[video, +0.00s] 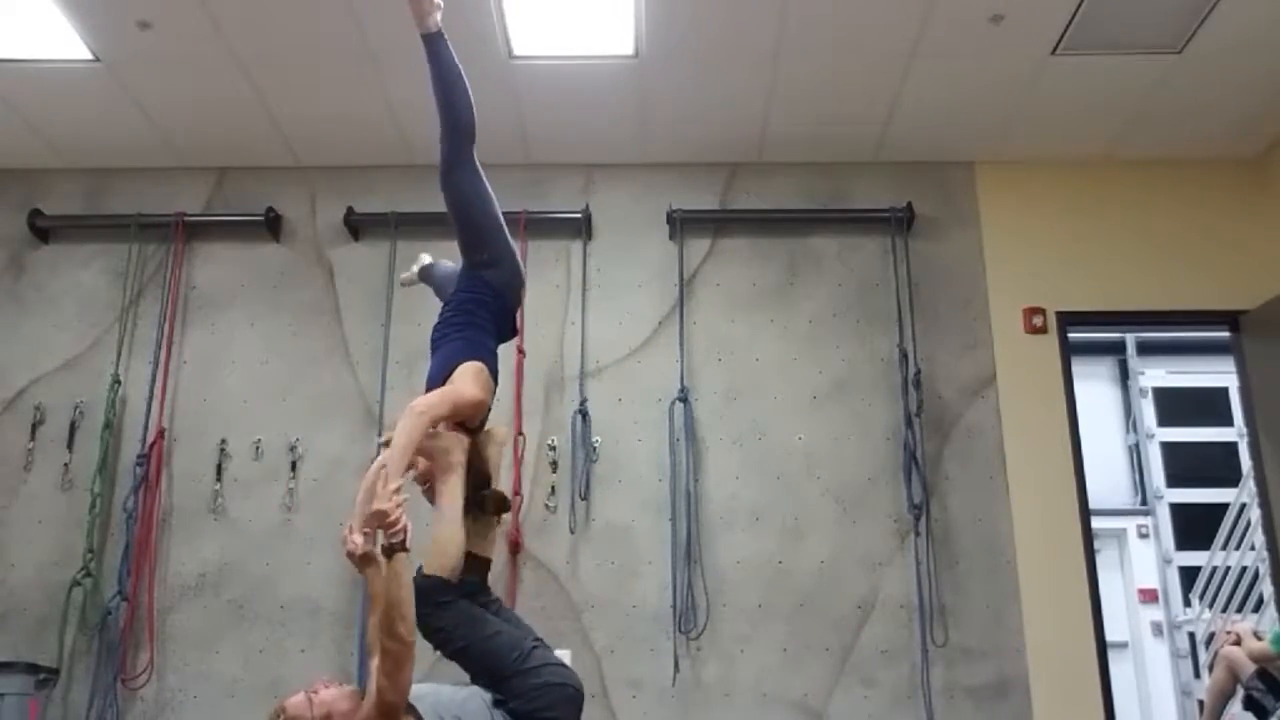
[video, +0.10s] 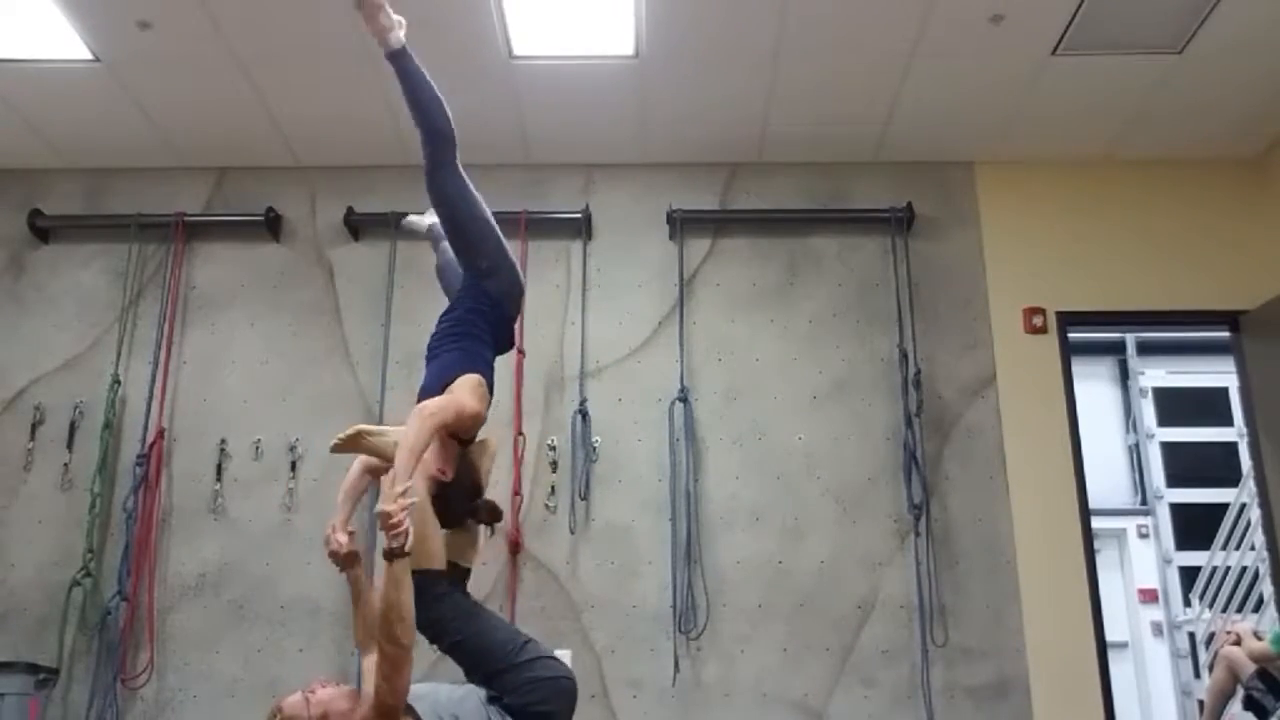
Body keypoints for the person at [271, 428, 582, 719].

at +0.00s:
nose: (320, 687)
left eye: (309, 691)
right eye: (313, 702)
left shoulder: (381, 700)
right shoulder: (381, 711)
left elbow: (381, 643)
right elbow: (401, 640)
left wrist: (372, 569)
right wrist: (397, 549)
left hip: (521, 698)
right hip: (545, 701)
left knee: (467, 590)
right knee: (428, 594)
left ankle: (486, 475)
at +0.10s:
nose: (317, 687)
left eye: (306, 691)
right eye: (312, 702)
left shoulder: (374, 697)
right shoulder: (380, 711)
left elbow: (371, 647)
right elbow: (396, 645)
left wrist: (354, 572)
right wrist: (394, 553)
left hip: (504, 698)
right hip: (538, 702)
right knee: (432, 596)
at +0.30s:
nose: (319, 683)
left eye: (308, 689)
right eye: (313, 701)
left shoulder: (378, 698)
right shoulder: (379, 713)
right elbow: (382, 645)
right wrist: (374, 562)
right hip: (539, 702)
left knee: (432, 604)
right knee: (426, 603)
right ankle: (395, 453)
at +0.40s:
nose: (312, 686)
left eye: (299, 692)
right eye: (307, 700)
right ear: (327, 718)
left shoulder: (371, 690)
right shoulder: (381, 710)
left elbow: (365, 646)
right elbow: (395, 644)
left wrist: (347, 574)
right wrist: (404, 552)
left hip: (536, 681)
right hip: (532, 693)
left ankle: (381, 455)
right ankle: (382, 455)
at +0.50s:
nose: (314, 687)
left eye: (301, 694)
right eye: (309, 704)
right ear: (327, 719)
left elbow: (364, 642)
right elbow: (424, 642)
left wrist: (349, 576)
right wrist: (451, 554)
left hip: (536, 672)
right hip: (524, 690)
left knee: (421, 575)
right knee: (417, 575)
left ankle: (383, 455)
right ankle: (382, 450)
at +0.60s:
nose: (313, 683)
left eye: (300, 690)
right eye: (307, 698)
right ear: (323, 717)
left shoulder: (370, 699)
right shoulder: (387, 706)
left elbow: (375, 656)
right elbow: (449, 651)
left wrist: (361, 587)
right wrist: (497, 569)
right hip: (530, 678)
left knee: (392, 645)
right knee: (425, 576)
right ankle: (389, 451)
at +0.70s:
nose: (327, 683)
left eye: (313, 691)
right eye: (318, 697)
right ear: (328, 715)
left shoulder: (380, 708)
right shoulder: (384, 707)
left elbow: (399, 664)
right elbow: (449, 656)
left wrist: (381, 602)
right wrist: (516, 576)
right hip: (532, 681)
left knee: (407, 652)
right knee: (414, 588)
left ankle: (495, 552)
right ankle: (393, 463)